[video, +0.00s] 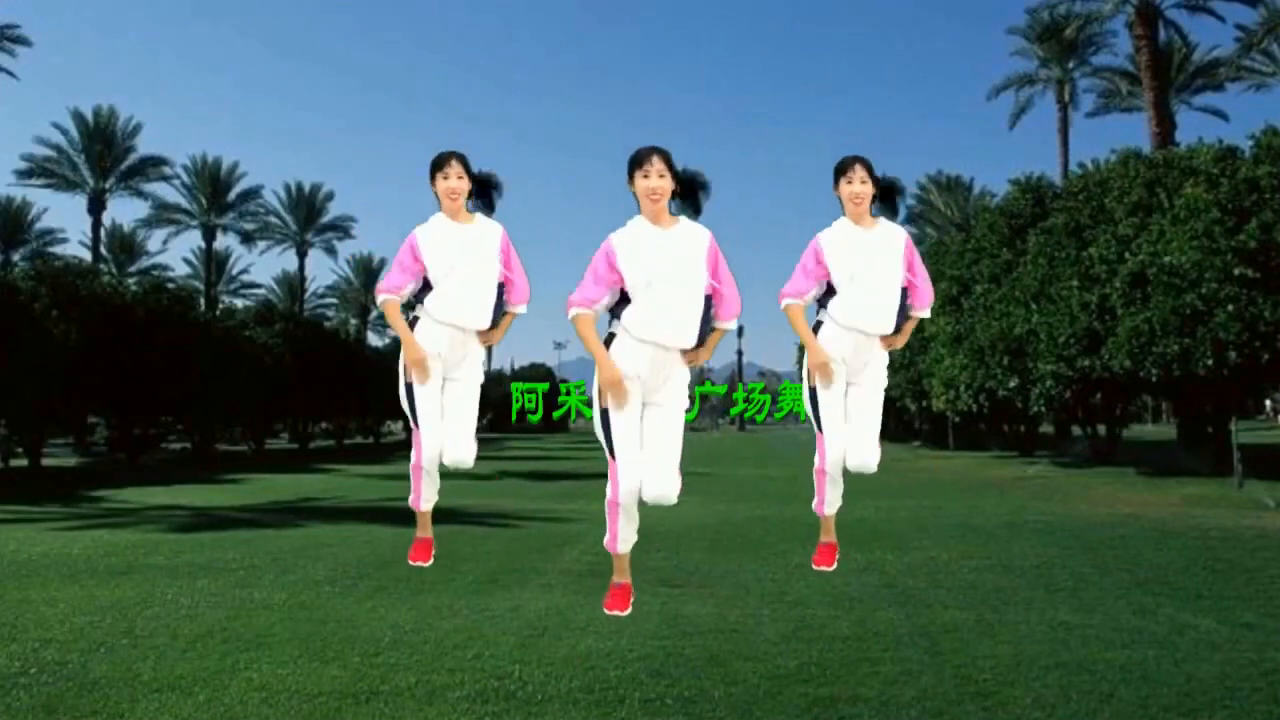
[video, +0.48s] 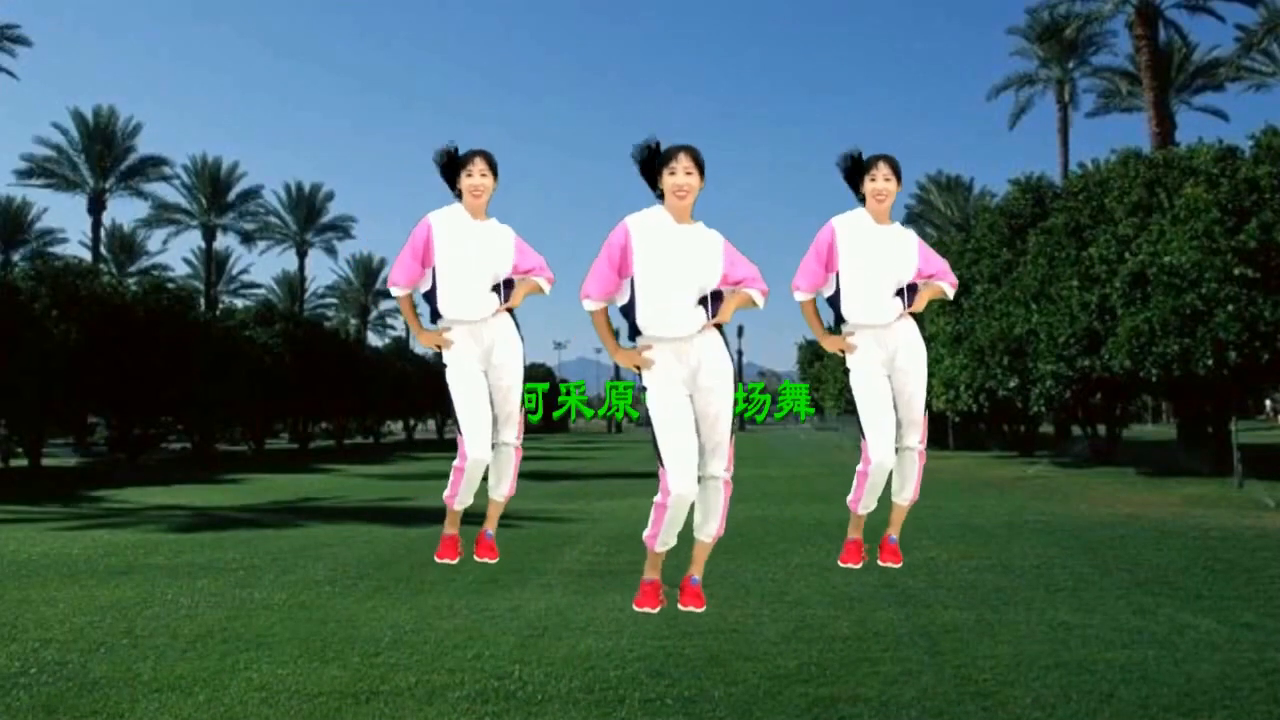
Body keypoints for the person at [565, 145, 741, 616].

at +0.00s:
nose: (654, 183)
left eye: (661, 175)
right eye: (644, 176)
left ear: (674, 183)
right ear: (633, 185)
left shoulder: (699, 239)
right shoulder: (620, 243)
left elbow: (728, 305)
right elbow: (581, 308)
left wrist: (705, 351)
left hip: (674, 364)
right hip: (625, 359)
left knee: (663, 489)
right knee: (624, 475)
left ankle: (627, 463)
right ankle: (621, 575)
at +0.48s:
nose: (682, 181)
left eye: (690, 173)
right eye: (673, 172)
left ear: (701, 182)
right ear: (658, 181)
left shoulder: (711, 240)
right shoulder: (634, 230)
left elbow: (752, 283)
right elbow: (594, 294)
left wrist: (728, 308)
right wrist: (616, 349)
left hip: (710, 353)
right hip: (660, 357)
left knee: (716, 469)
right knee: (681, 480)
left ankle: (695, 577)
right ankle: (652, 575)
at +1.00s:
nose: (670, 160)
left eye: (678, 153)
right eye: (662, 154)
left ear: (694, 162)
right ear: (652, 166)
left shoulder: (719, 212)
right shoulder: (640, 218)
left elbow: (754, 276)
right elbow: (589, 257)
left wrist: (728, 333)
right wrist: (620, 302)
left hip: (691, 346)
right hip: (641, 341)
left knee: (680, 467)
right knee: (633, 463)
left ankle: (690, 577)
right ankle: (644, 575)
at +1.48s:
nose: (664, 158)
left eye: (673, 150)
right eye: (658, 150)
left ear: (694, 157)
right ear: (651, 159)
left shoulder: (717, 207)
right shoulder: (632, 210)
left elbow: (778, 224)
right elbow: (585, 267)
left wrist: (740, 262)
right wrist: (616, 318)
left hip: (701, 334)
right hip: (651, 336)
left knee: (698, 461)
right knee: (655, 462)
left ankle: (690, 574)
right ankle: (645, 576)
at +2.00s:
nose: (668, 156)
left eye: (678, 148)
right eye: (665, 149)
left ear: (703, 158)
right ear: (661, 158)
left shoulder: (718, 213)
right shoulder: (636, 205)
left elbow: (707, 257)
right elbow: (588, 255)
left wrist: (701, 192)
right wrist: (605, 311)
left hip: (692, 336)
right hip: (641, 335)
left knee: (693, 461)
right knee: (646, 457)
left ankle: (693, 574)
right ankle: (636, 536)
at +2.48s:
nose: (650, 134)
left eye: (661, 126)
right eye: (648, 126)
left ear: (684, 136)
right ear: (645, 135)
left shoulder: (703, 186)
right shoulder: (623, 187)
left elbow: (721, 220)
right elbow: (579, 228)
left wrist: (700, 159)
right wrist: (598, 280)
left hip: (675, 314)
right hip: (624, 311)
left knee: (680, 448)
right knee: (604, 440)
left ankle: (691, 566)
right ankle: (585, 539)